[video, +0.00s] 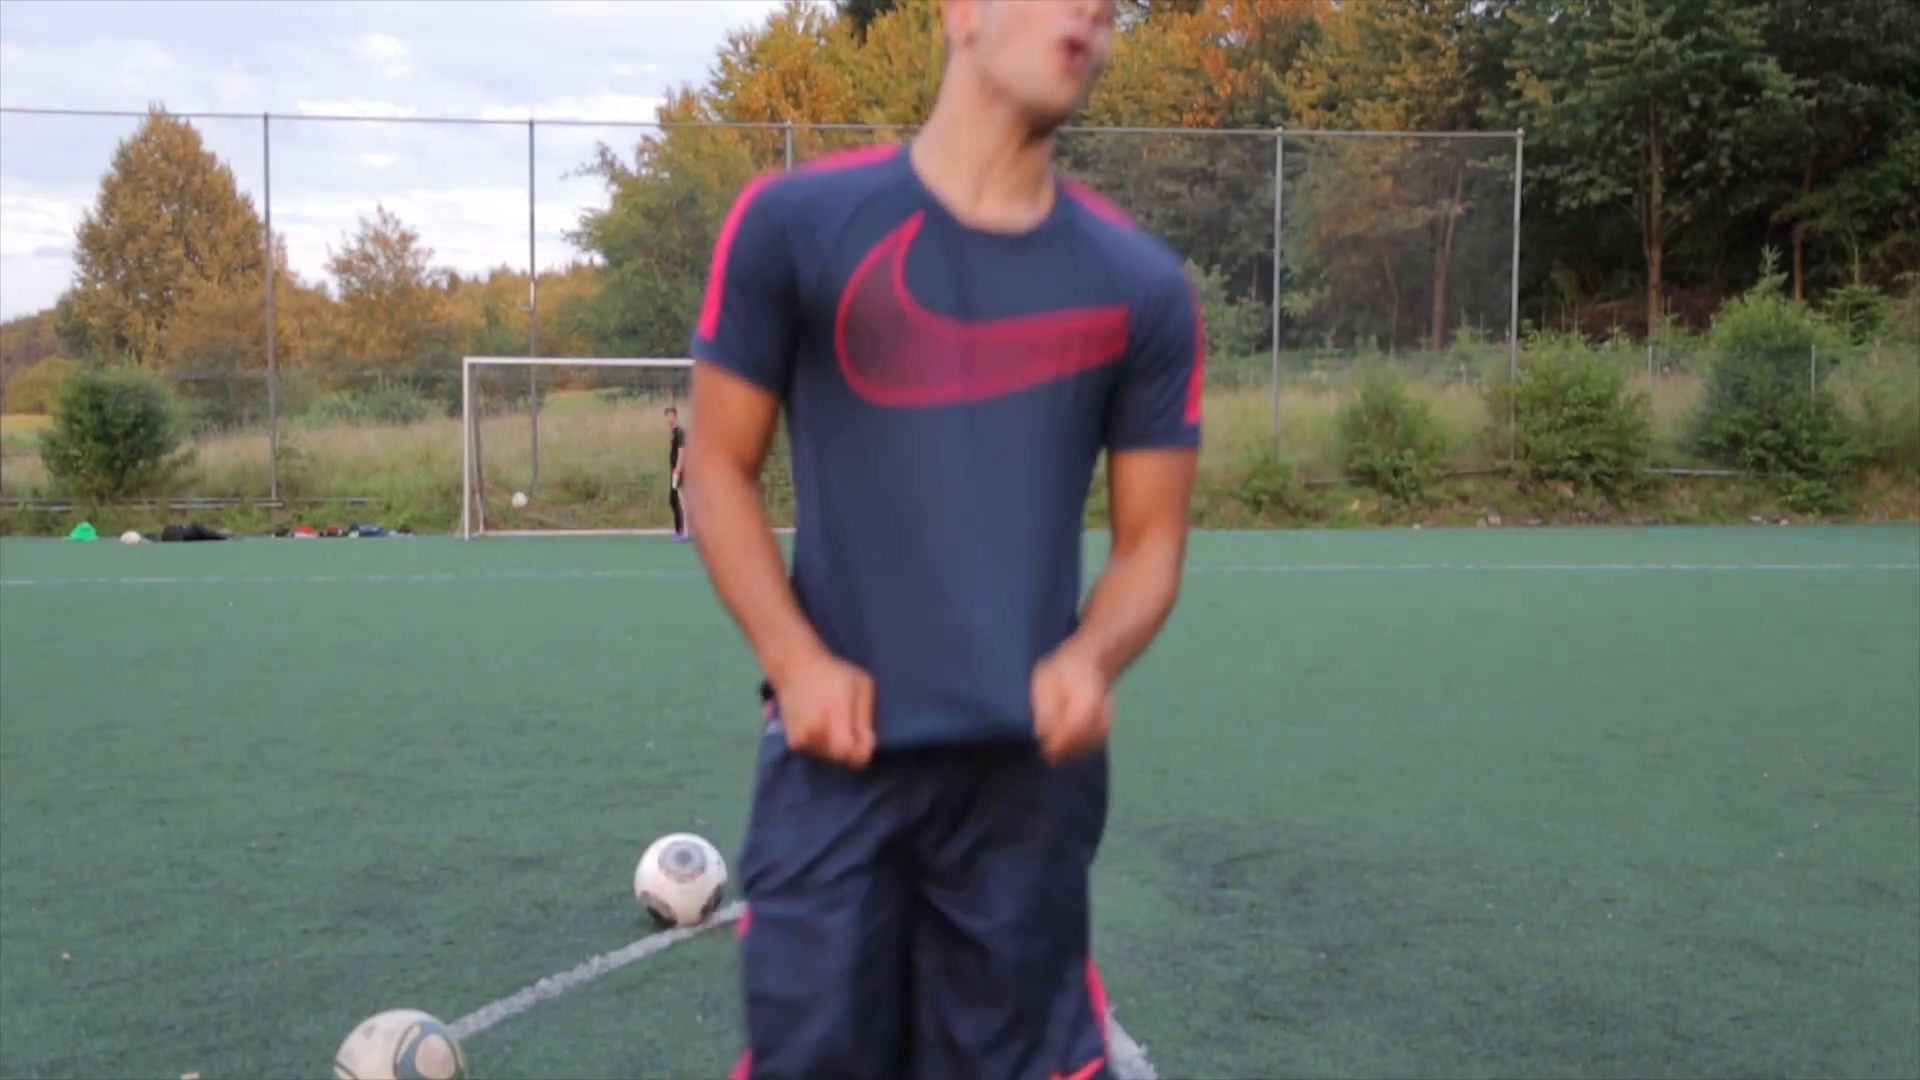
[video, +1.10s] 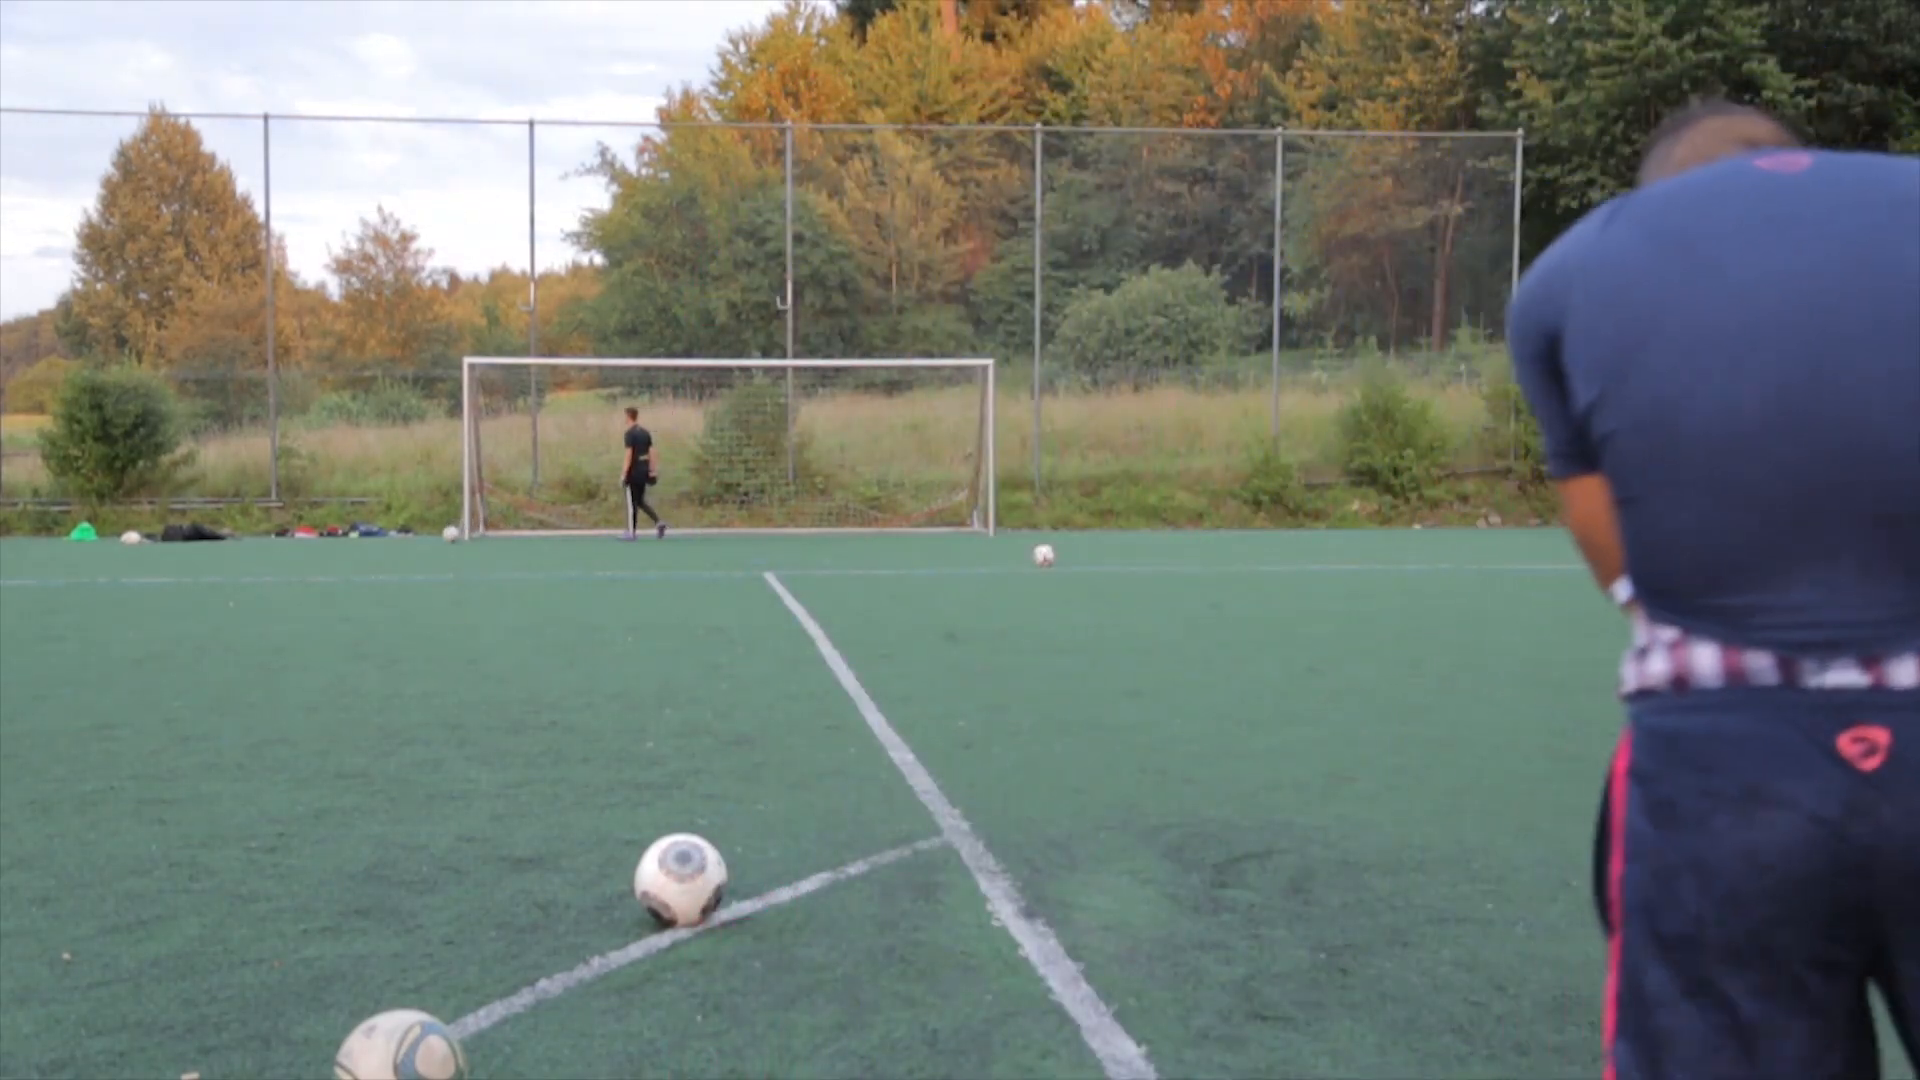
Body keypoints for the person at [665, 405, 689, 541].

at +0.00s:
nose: (669, 420)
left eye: (670, 416)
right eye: (667, 417)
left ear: (675, 417)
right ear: (666, 418)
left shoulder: (679, 433)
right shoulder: (674, 434)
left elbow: (681, 454)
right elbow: (677, 454)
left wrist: (677, 472)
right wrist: (674, 471)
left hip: (676, 472)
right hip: (673, 471)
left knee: (675, 500)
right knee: (674, 500)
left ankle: (681, 530)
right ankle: (679, 529)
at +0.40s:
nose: (658, 421)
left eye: (659, 417)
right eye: (657, 418)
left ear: (666, 416)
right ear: (668, 417)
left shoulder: (669, 432)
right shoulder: (678, 431)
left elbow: (667, 453)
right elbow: (680, 452)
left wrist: (657, 470)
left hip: (670, 471)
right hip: (678, 471)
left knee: (660, 498)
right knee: (675, 499)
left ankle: (674, 528)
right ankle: (677, 528)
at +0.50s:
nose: (656, 421)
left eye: (657, 417)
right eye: (656, 418)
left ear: (664, 417)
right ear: (666, 417)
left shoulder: (666, 432)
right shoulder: (677, 432)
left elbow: (665, 452)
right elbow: (680, 454)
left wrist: (655, 469)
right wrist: (679, 468)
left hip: (667, 470)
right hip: (677, 470)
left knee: (654, 496)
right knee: (677, 501)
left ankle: (661, 529)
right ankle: (678, 530)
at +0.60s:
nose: (654, 421)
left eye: (655, 418)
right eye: (653, 418)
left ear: (660, 417)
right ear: (665, 417)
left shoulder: (661, 432)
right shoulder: (674, 432)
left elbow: (661, 452)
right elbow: (678, 452)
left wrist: (652, 470)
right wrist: (678, 468)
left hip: (664, 467)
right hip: (675, 466)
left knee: (652, 496)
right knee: (677, 500)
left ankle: (649, 529)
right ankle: (678, 531)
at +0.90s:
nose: (637, 422)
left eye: (638, 419)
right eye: (637, 419)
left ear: (643, 419)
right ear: (648, 419)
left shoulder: (641, 435)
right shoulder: (659, 434)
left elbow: (642, 457)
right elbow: (663, 455)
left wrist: (640, 476)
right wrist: (665, 471)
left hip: (647, 470)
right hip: (659, 468)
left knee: (638, 500)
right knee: (663, 503)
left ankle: (632, 531)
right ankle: (675, 530)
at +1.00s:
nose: (631, 421)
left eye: (632, 418)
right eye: (631, 418)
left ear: (636, 419)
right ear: (642, 418)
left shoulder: (635, 434)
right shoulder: (652, 433)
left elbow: (635, 456)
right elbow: (658, 453)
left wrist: (632, 475)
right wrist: (659, 471)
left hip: (640, 470)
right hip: (651, 469)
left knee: (634, 500)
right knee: (652, 501)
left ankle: (632, 530)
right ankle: (669, 526)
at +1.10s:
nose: (626, 420)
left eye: (626, 417)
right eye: (627, 417)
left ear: (628, 417)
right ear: (636, 417)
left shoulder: (630, 434)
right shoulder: (645, 432)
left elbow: (629, 455)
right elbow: (651, 452)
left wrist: (624, 474)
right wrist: (652, 470)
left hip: (633, 468)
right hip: (644, 467)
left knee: (632, 501)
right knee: (639, 500)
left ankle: (631, 531)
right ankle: (658, 522)